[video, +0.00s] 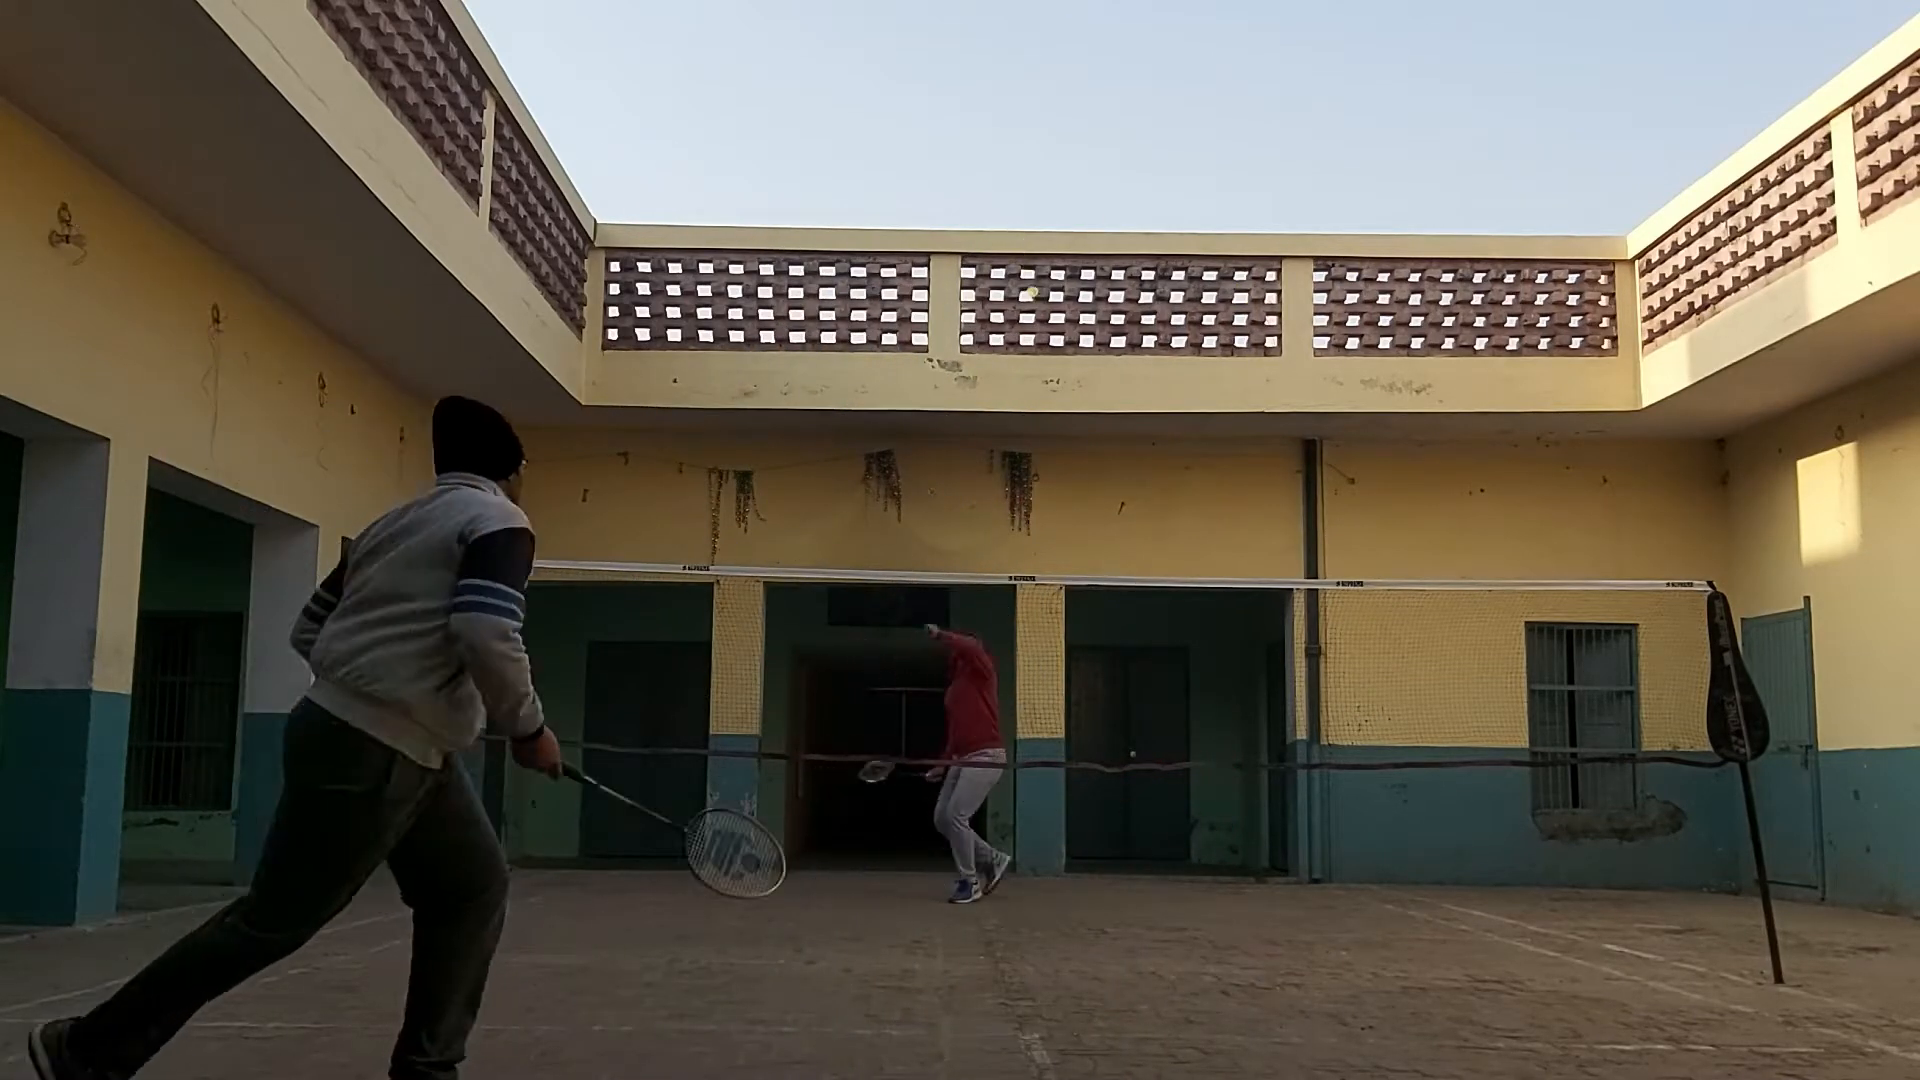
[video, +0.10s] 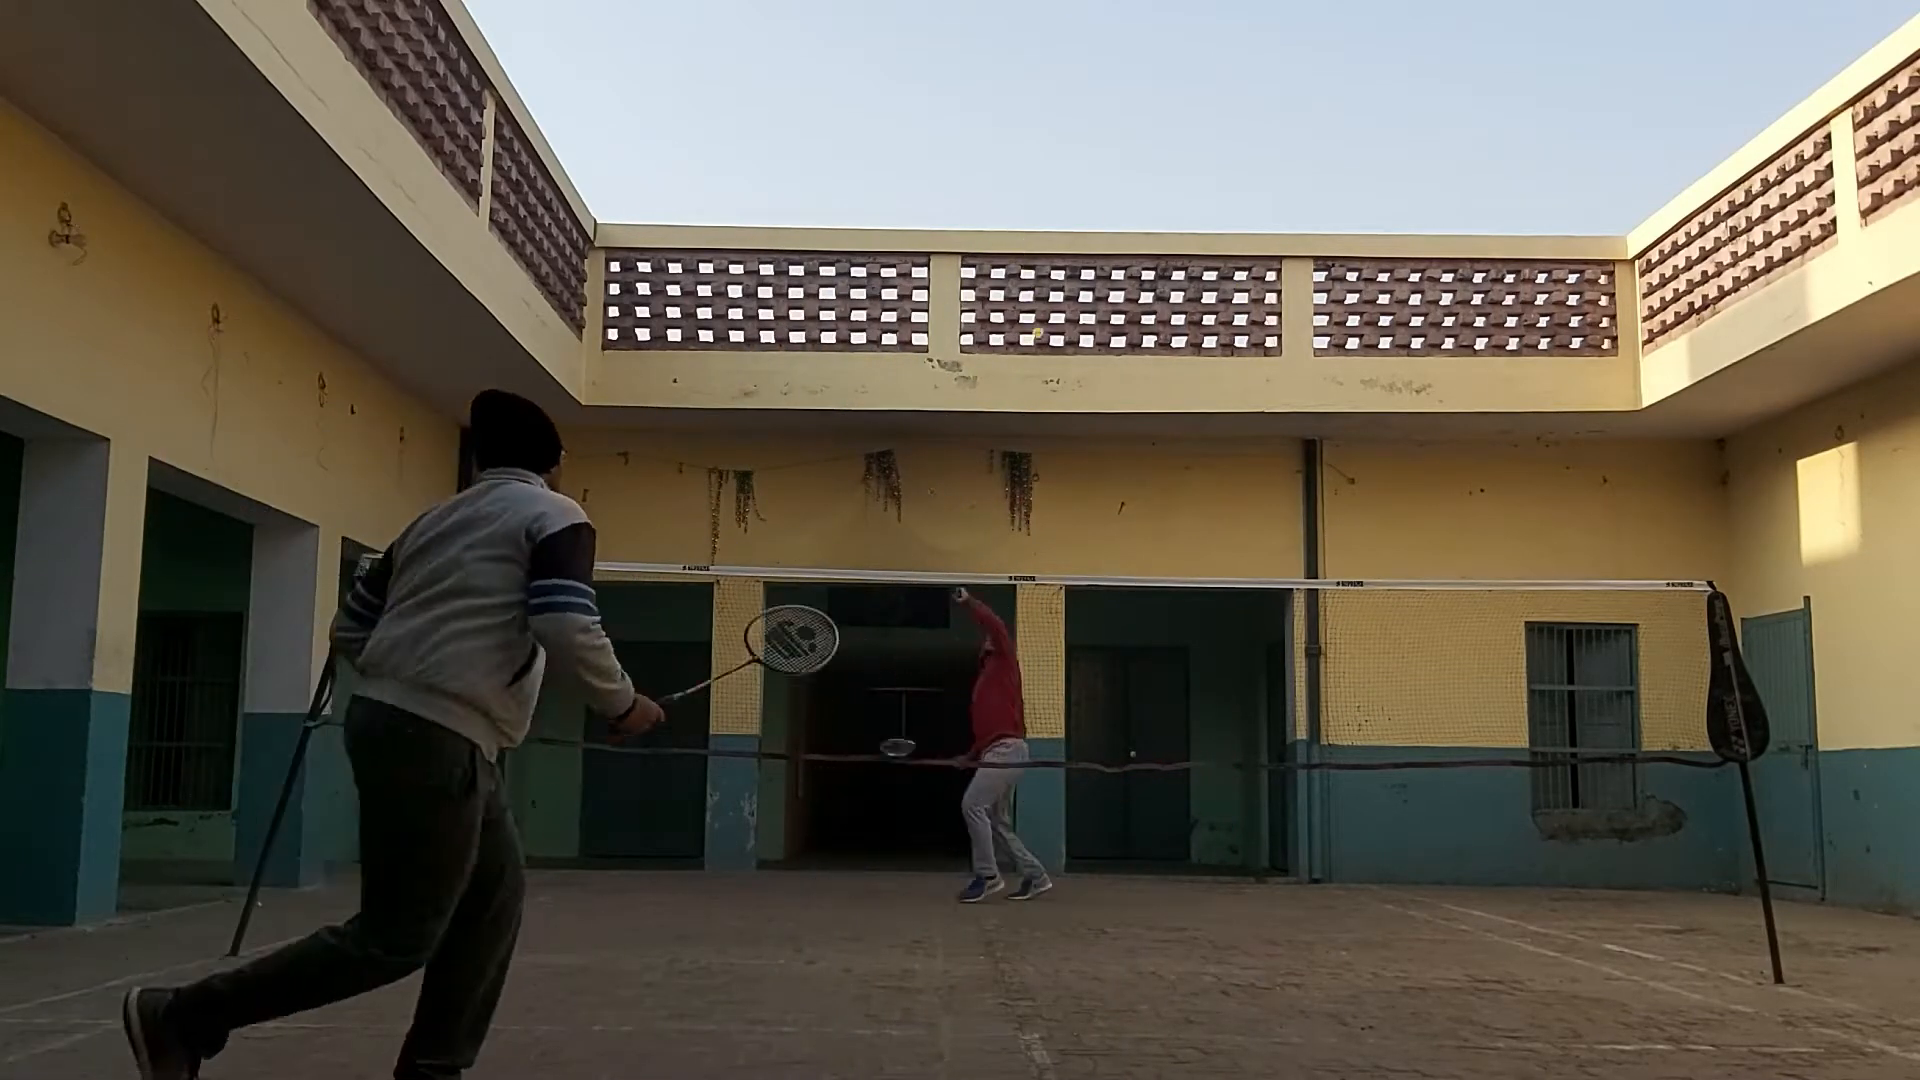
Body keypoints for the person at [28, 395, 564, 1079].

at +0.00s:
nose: (522, 487)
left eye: (518, 473)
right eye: (519, 473)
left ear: (447, 462)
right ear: (507, 468)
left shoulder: (395, 522)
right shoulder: (497, 521)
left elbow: (311, 629)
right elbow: (486, 633)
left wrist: (390, 690)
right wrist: (532, 731)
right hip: (369, 745)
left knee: (471, 890)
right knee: (270, 923)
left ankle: (428, 1063)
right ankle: (87, 1050)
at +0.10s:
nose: (562, 471)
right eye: (556, 458)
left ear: (476, 460)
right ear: (547, 461)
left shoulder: (429, 522)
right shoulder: (552, 515)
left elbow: (353, 630)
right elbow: (563, 622)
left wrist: (437, 670)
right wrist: (624, 702)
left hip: (387, 718)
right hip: (436, 733)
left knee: (495, 893)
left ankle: (433, 1065)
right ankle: (180, 1020)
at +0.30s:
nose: (656, 473)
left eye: (650, 465)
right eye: (658, 463)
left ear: (582, 453)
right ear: (652, 459)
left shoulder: (527, 514)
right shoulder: (647, 514)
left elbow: (485, 618)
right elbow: (648, 616)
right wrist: (712, 703)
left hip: (464, 713)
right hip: (558, 712)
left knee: (518, 882)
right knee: (684, 881)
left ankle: (435, 1064)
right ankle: (614, 1062)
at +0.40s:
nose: (714, 478)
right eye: (714, 467)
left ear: (635, 459)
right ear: (709, 465)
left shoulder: (572, 528)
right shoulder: (704, 519)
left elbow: (535, 632)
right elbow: (695, 618)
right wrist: (757, 711)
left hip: (536, 727)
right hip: (637, 723)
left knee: (536, 917)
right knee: (748, 901)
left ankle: (433, 1070)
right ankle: (844, 1067)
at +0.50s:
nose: (758, 485)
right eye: (757, 475)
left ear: (680, 479)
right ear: (754, 478)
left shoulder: (619, 565)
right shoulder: (761, 542)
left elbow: (554, 676)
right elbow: (766, 647)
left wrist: (632, 712)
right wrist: (825, 728)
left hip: (612, 777)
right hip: (718, 770)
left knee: (587, 931)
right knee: (840, 935)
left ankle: (465, 1070)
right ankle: (886, 1071)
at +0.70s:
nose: (804, 505)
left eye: (800, 489)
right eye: (803, 489)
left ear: (727, 494)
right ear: (794, 494)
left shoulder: (691, 569)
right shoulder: (776, 567)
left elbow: (717, 674)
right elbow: (800, 694)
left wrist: (817, 648)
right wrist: (924, 708)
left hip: (667, 812)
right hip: (754, 808)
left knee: (632, 966)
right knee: (941, 928)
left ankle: (506, 1079)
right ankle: (916, 1075)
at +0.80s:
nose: (852, 460)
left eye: (847, 447)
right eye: (847, 447)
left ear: (774, 466)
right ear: (835, 462)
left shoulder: (763, 534)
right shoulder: (806, 554)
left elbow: (837, 553)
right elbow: (820, 689)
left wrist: (906, 555)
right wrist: (961, 703)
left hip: (722, 783)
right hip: (783, 788)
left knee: (648, 954)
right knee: (966, 926)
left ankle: (516, 1076)